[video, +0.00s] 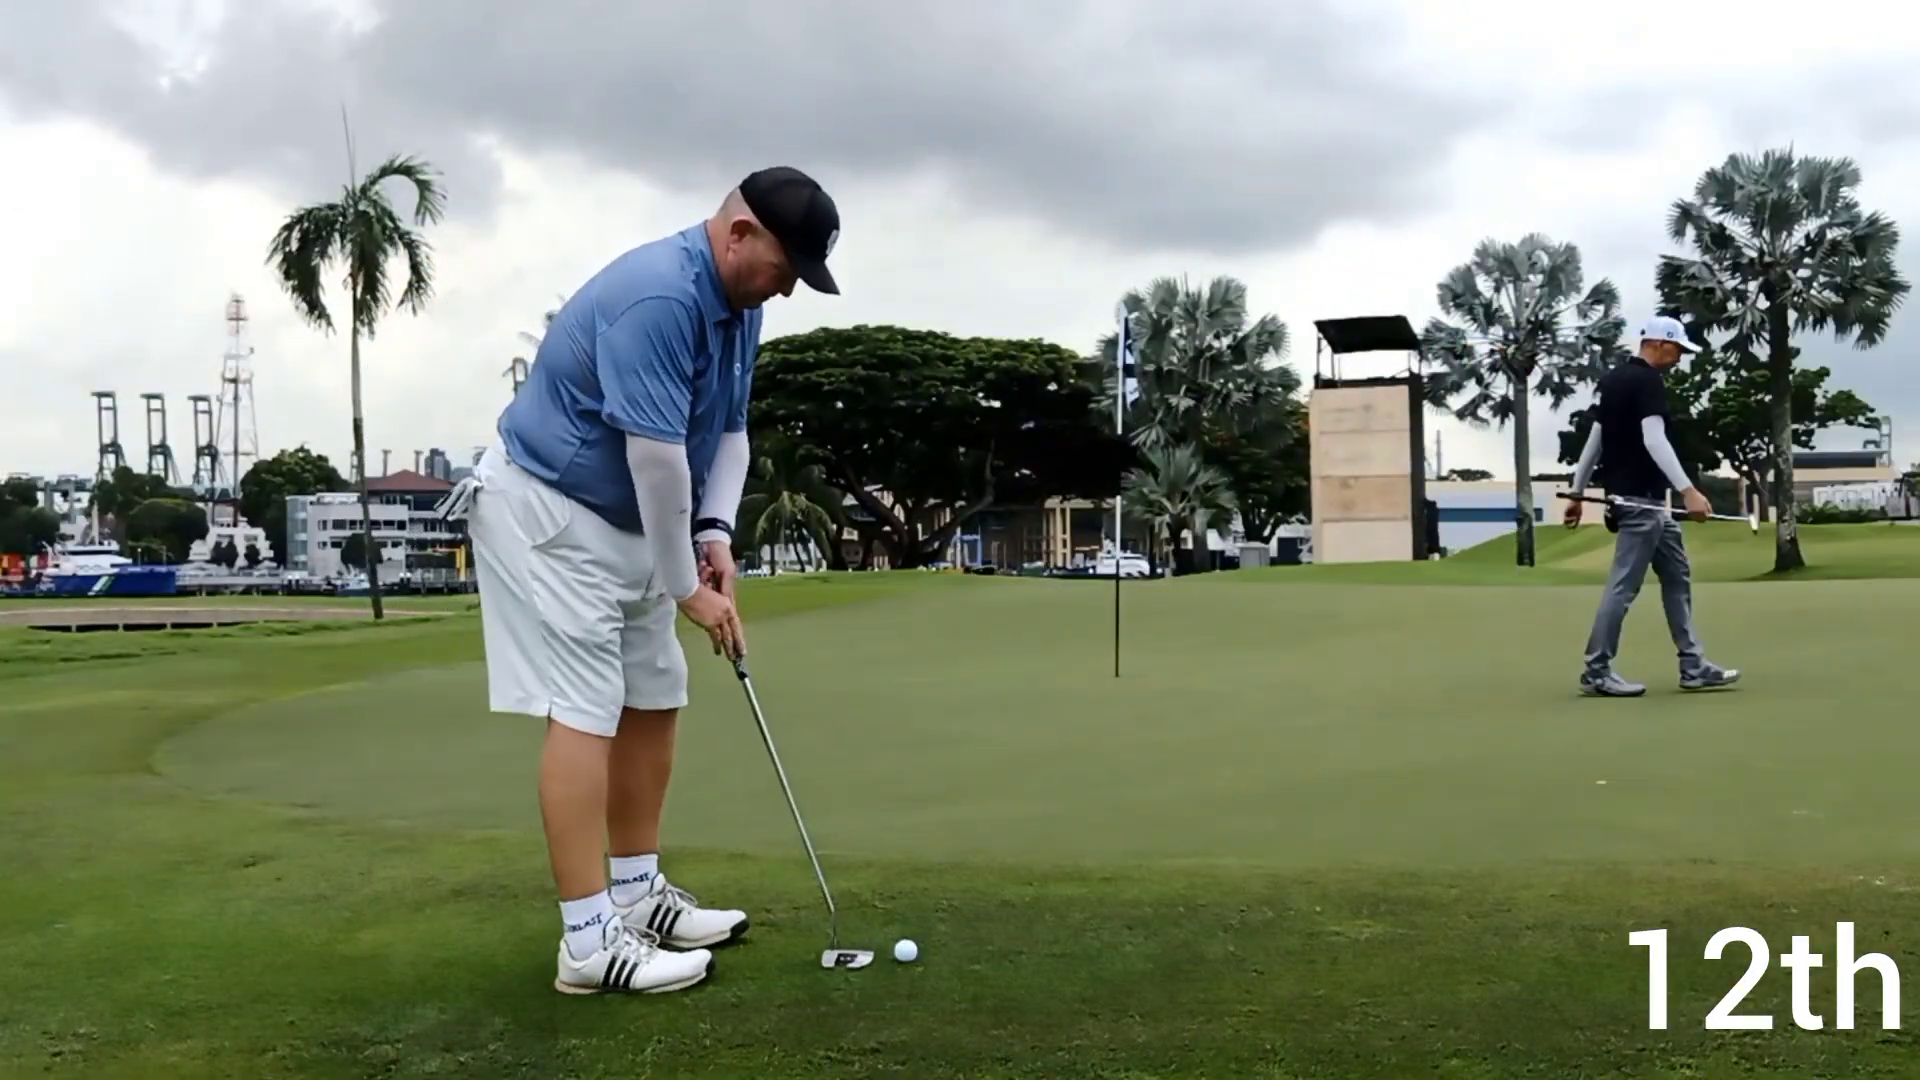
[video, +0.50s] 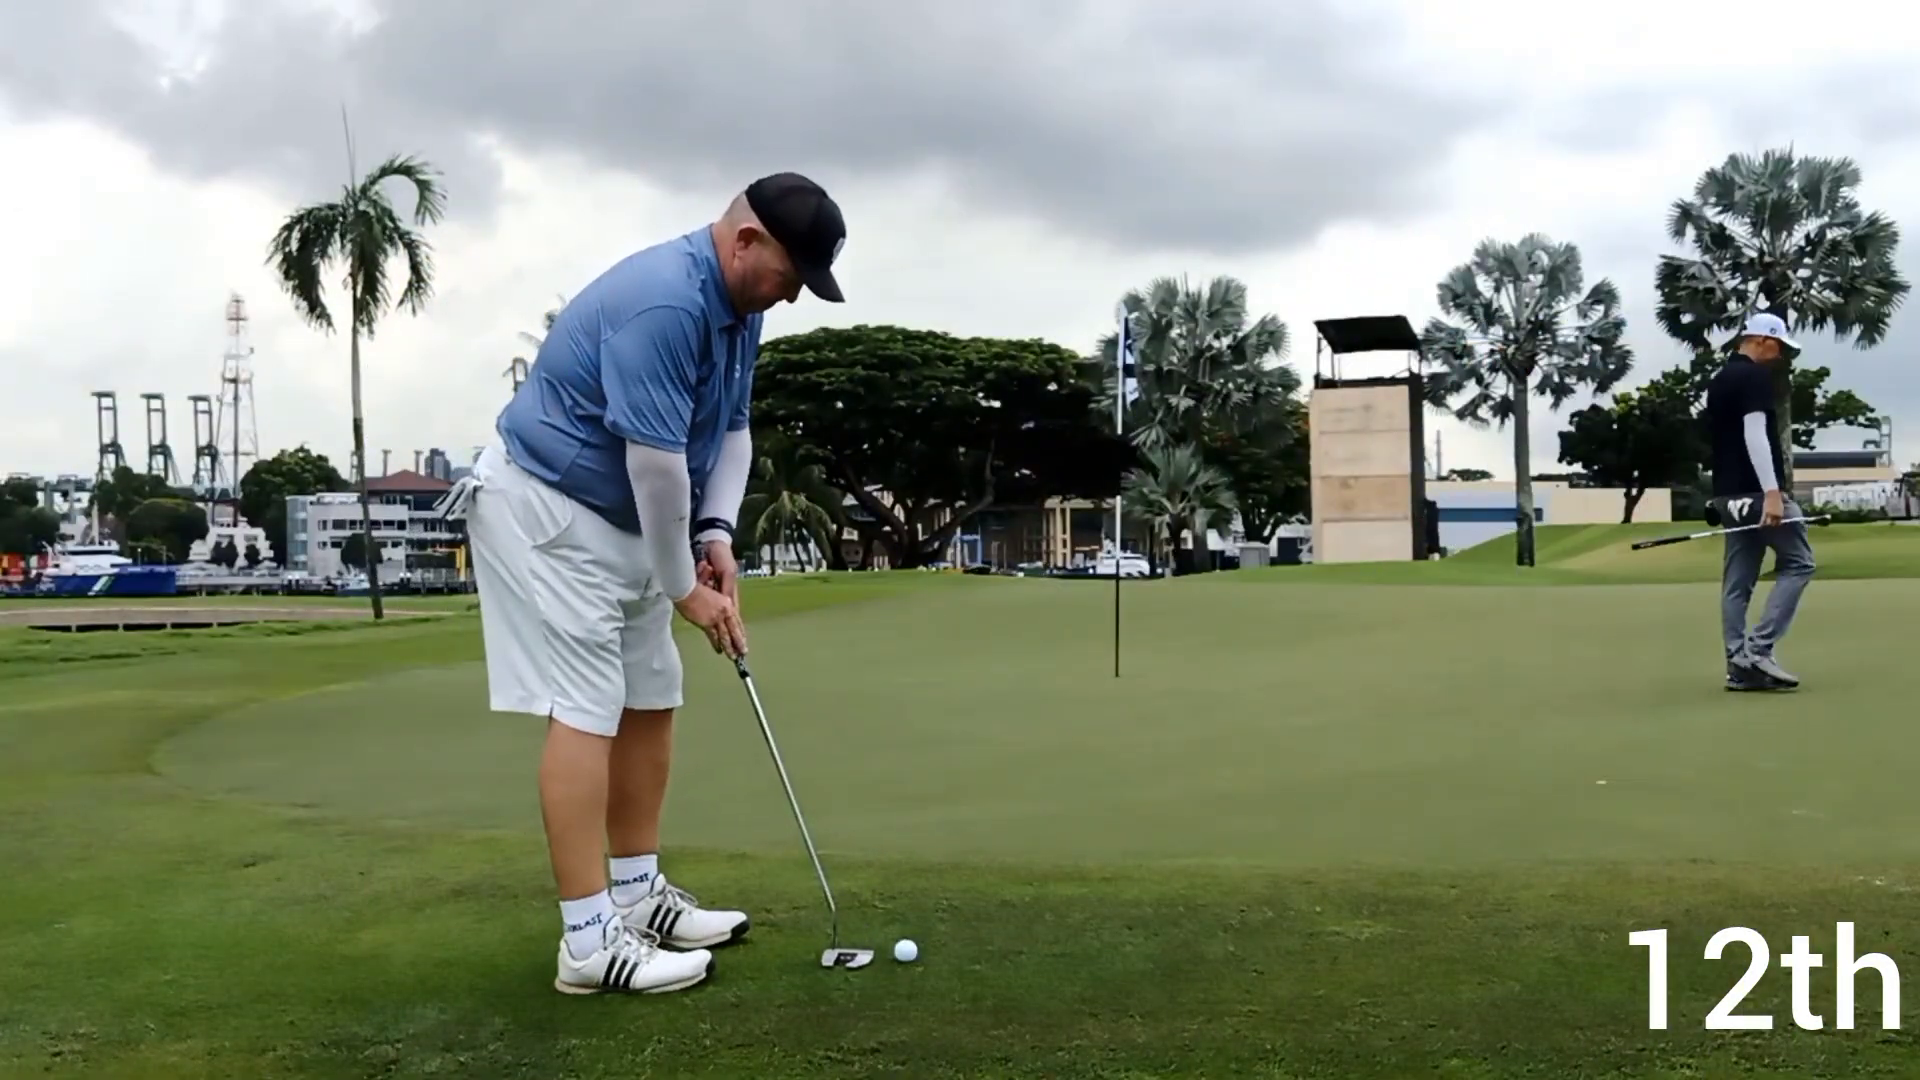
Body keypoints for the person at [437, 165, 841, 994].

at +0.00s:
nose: (787, 288)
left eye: (796, 276)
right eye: (784, 269)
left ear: (749, 237)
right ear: (739, 230)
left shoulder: (738, 301)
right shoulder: (655, 301)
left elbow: (729, 432)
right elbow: (656, 461)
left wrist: (717, 530)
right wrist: (686, 586)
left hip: (633, 512)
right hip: (548, 504)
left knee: (652, 691)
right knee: (585, 703)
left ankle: (634, 895)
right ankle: (586, 941)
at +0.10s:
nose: (789, 290)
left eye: (798, 278)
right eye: (786, 272)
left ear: (753, 241)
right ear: (742, 234)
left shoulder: (740, 304)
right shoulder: (657, 304)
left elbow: (731, 432)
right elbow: (654, 462)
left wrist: (715, 529)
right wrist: (684, 586)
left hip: (631, 510)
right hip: (547, 502)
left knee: (651, 693)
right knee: (585, 704)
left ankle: (635, 895)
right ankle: (586, 940)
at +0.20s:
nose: (790, 292)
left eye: (800, 279)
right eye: (788, 273)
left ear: (752, 240)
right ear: (742, 234)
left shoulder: (740, 306)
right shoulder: (657, 305)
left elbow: (731, 434)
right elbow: (653, 464)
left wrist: (715, 530)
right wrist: (682, 587)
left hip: (631, 510)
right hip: (548, 502)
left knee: (649, 693)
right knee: (584, 704)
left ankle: (636, 896)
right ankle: (586, 942)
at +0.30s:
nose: (792, 294)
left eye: (801, 282)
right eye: (790, 276)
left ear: (754, 243)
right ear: (744, 237)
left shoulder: (740, 308)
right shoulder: (659, 306)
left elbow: (732, 434)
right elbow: (653, 466)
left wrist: (715, 531)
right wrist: (682, 587)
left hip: (631, 509)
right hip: (548, 502)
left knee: (649, 694)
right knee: (584, 705)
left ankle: (636, 897)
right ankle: (586, 942)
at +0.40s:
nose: (792, 294)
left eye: (801, 282)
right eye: (790, 276)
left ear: (754, 243)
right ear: (746, 238)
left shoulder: (739, 308)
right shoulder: (659, 310)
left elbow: (732, 432)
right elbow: (655, 470)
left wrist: (716, 530)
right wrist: (682, 587)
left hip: (630, 509)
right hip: (548, 502)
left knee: (649, 693)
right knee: (586, 704)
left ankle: (636, 896)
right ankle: (586, 942)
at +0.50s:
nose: (792, 295)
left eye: (800, 283)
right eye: (789, 277)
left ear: (754, 244)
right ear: (745, 239)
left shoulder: (738, 308)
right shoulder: (660, 309)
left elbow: (732, 432)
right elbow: (656, 470)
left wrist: (719, 532)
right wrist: (684, 587)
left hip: (629, 509)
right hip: (548, 502)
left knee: (648, 694)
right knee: (586, 704)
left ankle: (636, 897)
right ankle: (586, 942)